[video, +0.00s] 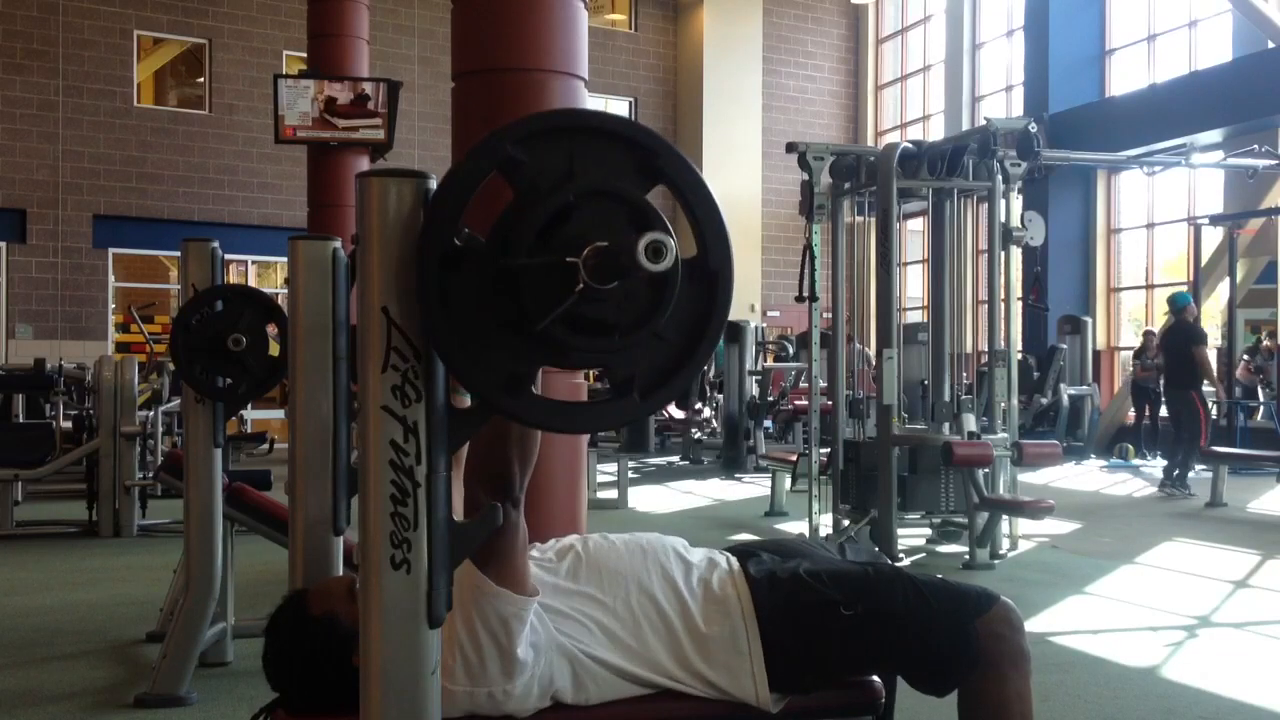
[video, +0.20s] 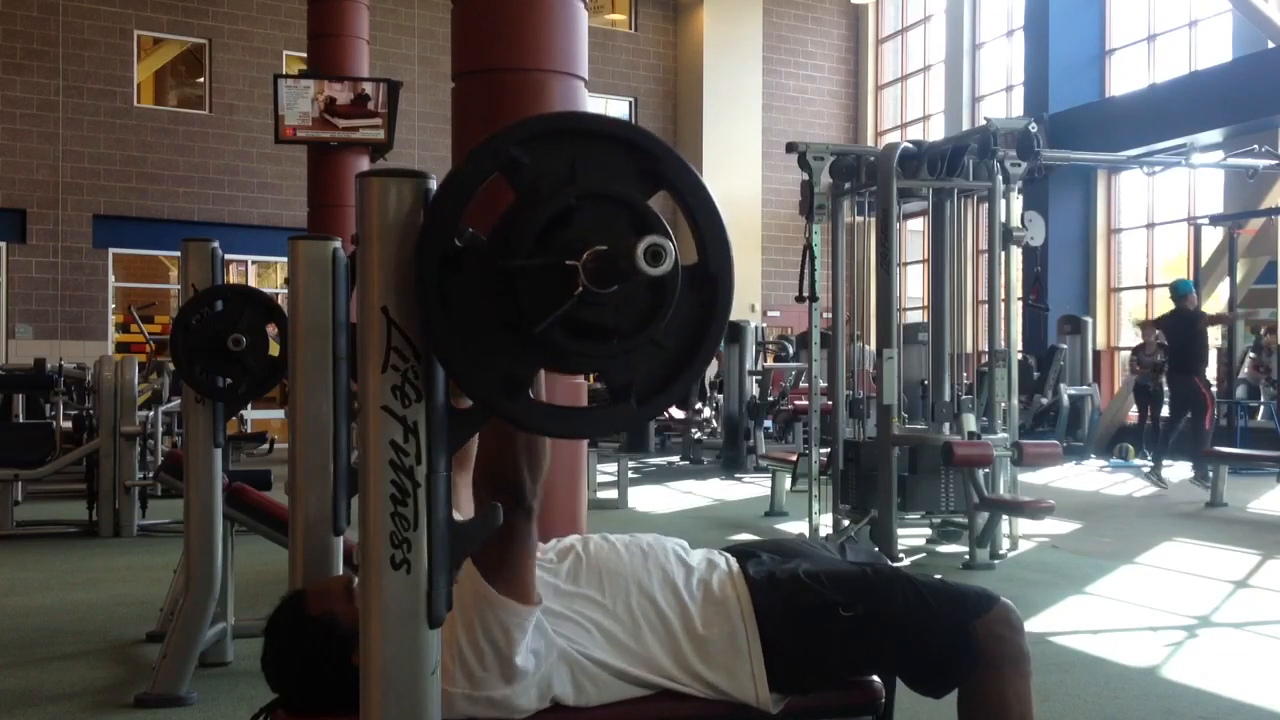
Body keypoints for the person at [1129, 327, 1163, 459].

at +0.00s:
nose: (1150, 341)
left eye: (1152, 339)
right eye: (1147, 339)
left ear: (1156, 340)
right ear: (1143, 340)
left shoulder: (1160, 353)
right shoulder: (1138, 353)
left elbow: (1163, 369)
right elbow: (1137, 374)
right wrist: (1153, 373)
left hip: (1155, 386)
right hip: (1139, 385)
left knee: (1154, 418)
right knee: (1140, 417)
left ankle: (1155, 449)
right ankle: (1140, 449)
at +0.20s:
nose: (1147, 337)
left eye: (1150, 333)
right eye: (1145, 334)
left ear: (1155, 334)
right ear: (1142, 335)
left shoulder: (1163, 349)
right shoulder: (1137, 350)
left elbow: (1166, 366)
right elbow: (1133, 369)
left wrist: (1158, 372)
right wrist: (1148, 372)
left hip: (1157, 384)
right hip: (1141, 384)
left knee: (1155, 418)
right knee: (1142, 417)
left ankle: (1156, 450)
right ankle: (1141, 449)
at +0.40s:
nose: (1147, 336)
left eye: (1150, 333)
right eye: (1145, 333)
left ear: (1156, 333)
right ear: (1143, 334)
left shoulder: (1163, 348)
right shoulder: (1138, 348)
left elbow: (1169, 368)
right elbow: (1131, 367)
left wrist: (1160, 373)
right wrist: (1141, 371)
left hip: (1159, 382)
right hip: (1143, 381)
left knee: (1156, 417)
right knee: (1144, 416)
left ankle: (1156, 448)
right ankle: (1141, 447)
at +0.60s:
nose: (1148, 333)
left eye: (1150, 329)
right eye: (1145, 330)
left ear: (1154, 330)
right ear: (1142, 331)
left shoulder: (1162, 345)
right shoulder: (1136, 347)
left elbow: (1170, 365)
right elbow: (1131, 366)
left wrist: (1161, 373)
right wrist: (1132, 372)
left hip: (1158, 381)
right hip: (1142, 382)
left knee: (1156, 417)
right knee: (1142, 415)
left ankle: (1157, 448)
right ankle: (1137, 446)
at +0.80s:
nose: (1148, 333)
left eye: (1150, 330)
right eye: (1145, 330)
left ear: (1152, 331)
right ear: (1140, 331)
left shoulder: (1159, 346)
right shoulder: (1132, 347)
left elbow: (1165, 366)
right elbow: (1125, 367)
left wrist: (1159, 369)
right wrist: (1138, 369)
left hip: (1155, 382)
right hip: (1140, 383)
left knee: (1155, 417)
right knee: (1138, 416)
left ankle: (1155, 448)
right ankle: (1131, 446)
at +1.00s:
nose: (1150, 333)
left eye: (1151, 330)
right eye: (1147, 330)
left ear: (1154, 331)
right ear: (1140, 332)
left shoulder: (1157, 346)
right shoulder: (1134, 347)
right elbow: (1128, 367)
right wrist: (1147, 368)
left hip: (1154, 384)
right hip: (1138, 384)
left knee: (1159, 415)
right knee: (1136, 417)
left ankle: (1157, 446)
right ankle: (1132, 446)